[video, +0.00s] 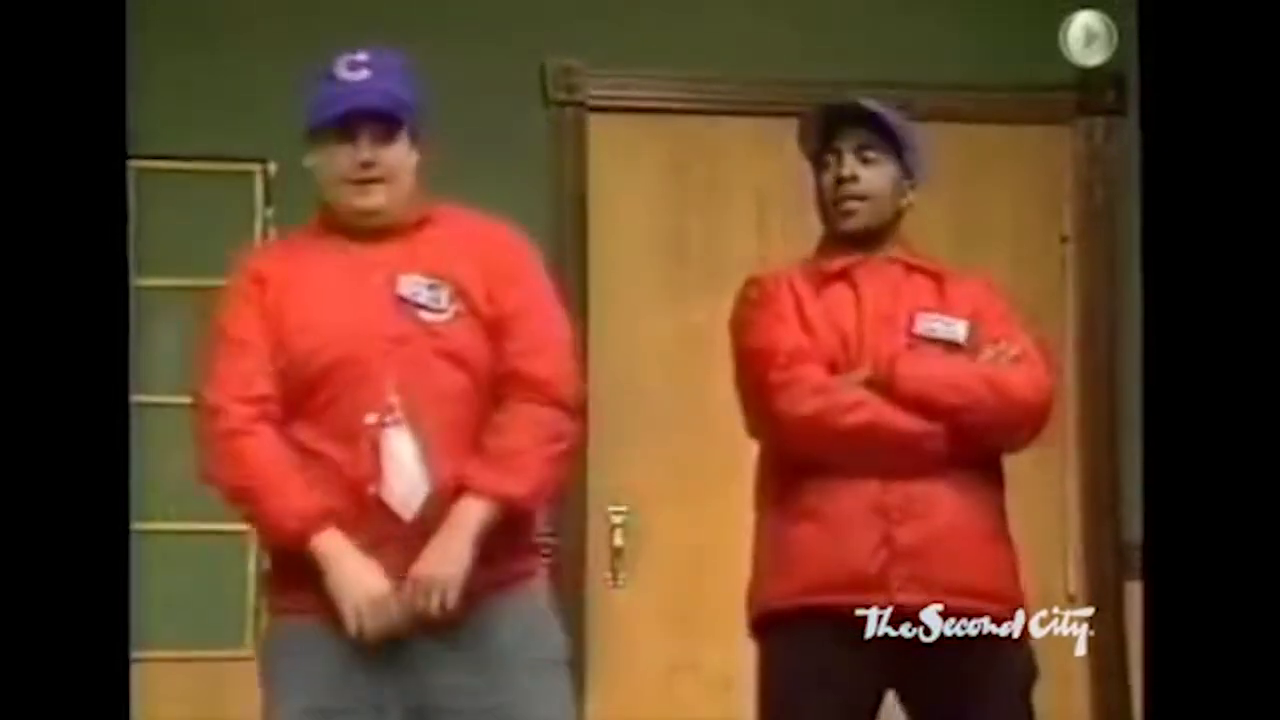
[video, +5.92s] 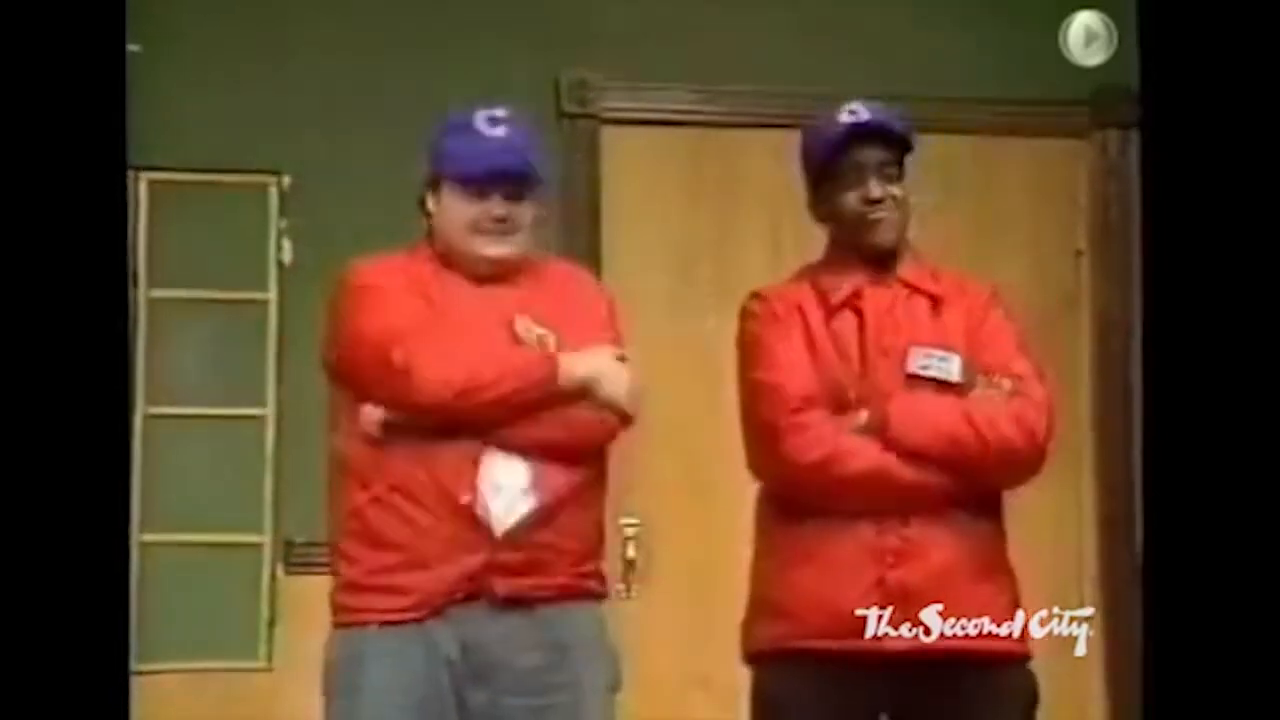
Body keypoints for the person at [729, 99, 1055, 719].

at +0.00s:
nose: (845, 171)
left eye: (868, 155)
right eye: (831, 159)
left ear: (907, 186)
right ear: (817, 185)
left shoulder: (969, 295)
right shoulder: (775, 294)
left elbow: (1025, 400)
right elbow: (791, 412)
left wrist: (883, 378)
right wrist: (957, 431)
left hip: (966, 607)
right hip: (816, 607)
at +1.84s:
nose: (928, 190)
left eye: (936, 173)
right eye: (901, 174)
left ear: (949, 188)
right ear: (852, 199)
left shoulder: (1006, 310)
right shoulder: (807, 321)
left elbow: (1057, 442)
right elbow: (820, 470)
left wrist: (909, 430)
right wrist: (994, 468)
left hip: (1003, 640)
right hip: (857, 645)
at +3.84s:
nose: (877, 194)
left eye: (901, 179)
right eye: (863, 177)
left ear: (933, 204)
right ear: (842, 197)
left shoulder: (990, 321)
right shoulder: (788, 317)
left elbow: (1035, 458)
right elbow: (796, 457)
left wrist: (905, 411)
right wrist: (968, 470)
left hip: (974, 648)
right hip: (823, 646)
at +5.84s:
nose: (870, 194)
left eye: (885, 176)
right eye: (848, 181)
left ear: (909, 190)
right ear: (821, 200)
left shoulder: (969, 299)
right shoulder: (780, 308)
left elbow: (1018, 423)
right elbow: (792, 444)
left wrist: (874, 412)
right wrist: (954, 465)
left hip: (965, 637)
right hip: (816, 642)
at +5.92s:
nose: (874, 193)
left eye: (888, 175)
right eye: (852, 179)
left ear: (909, 188)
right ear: (820, 199)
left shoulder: (971, 301)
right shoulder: (778, 310)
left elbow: (1023, 435)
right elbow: (791, 453)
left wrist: (880, 419)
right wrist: (963, 467)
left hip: (966, 641)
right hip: (817, 645)